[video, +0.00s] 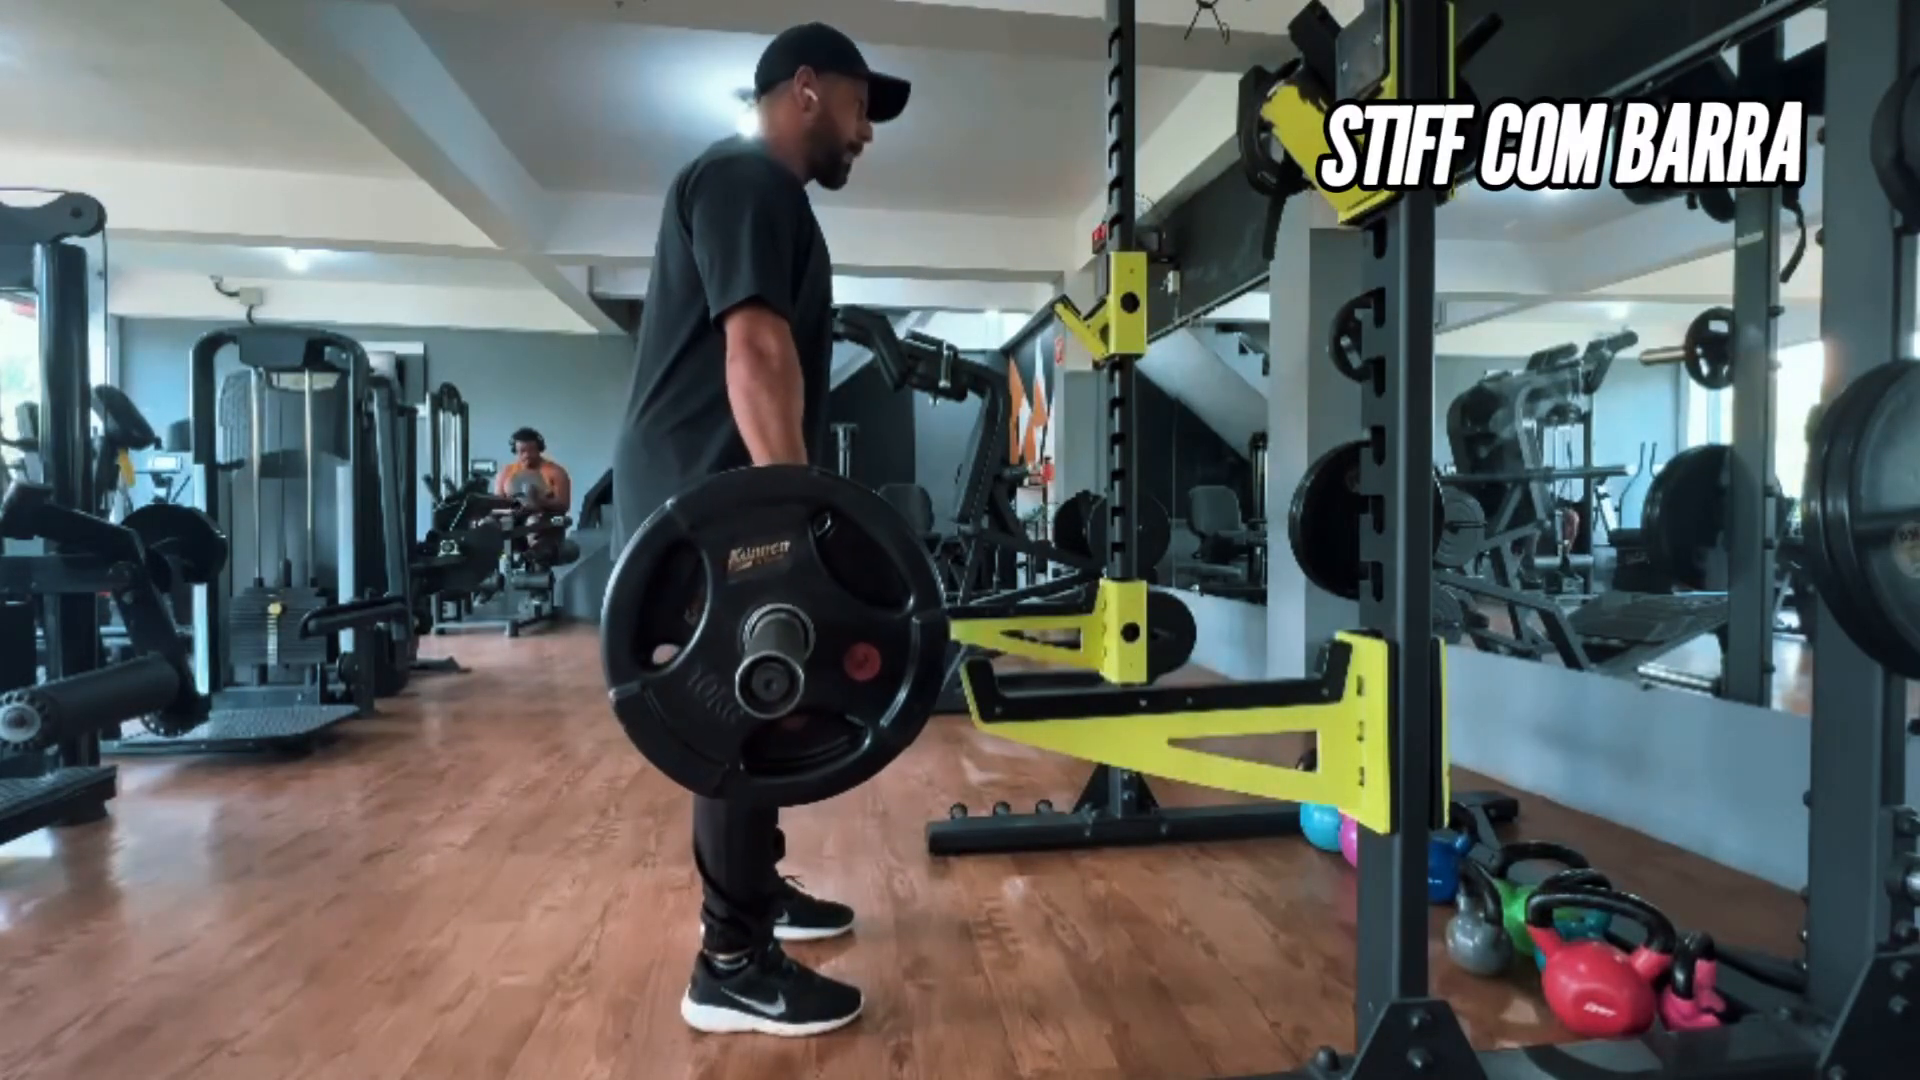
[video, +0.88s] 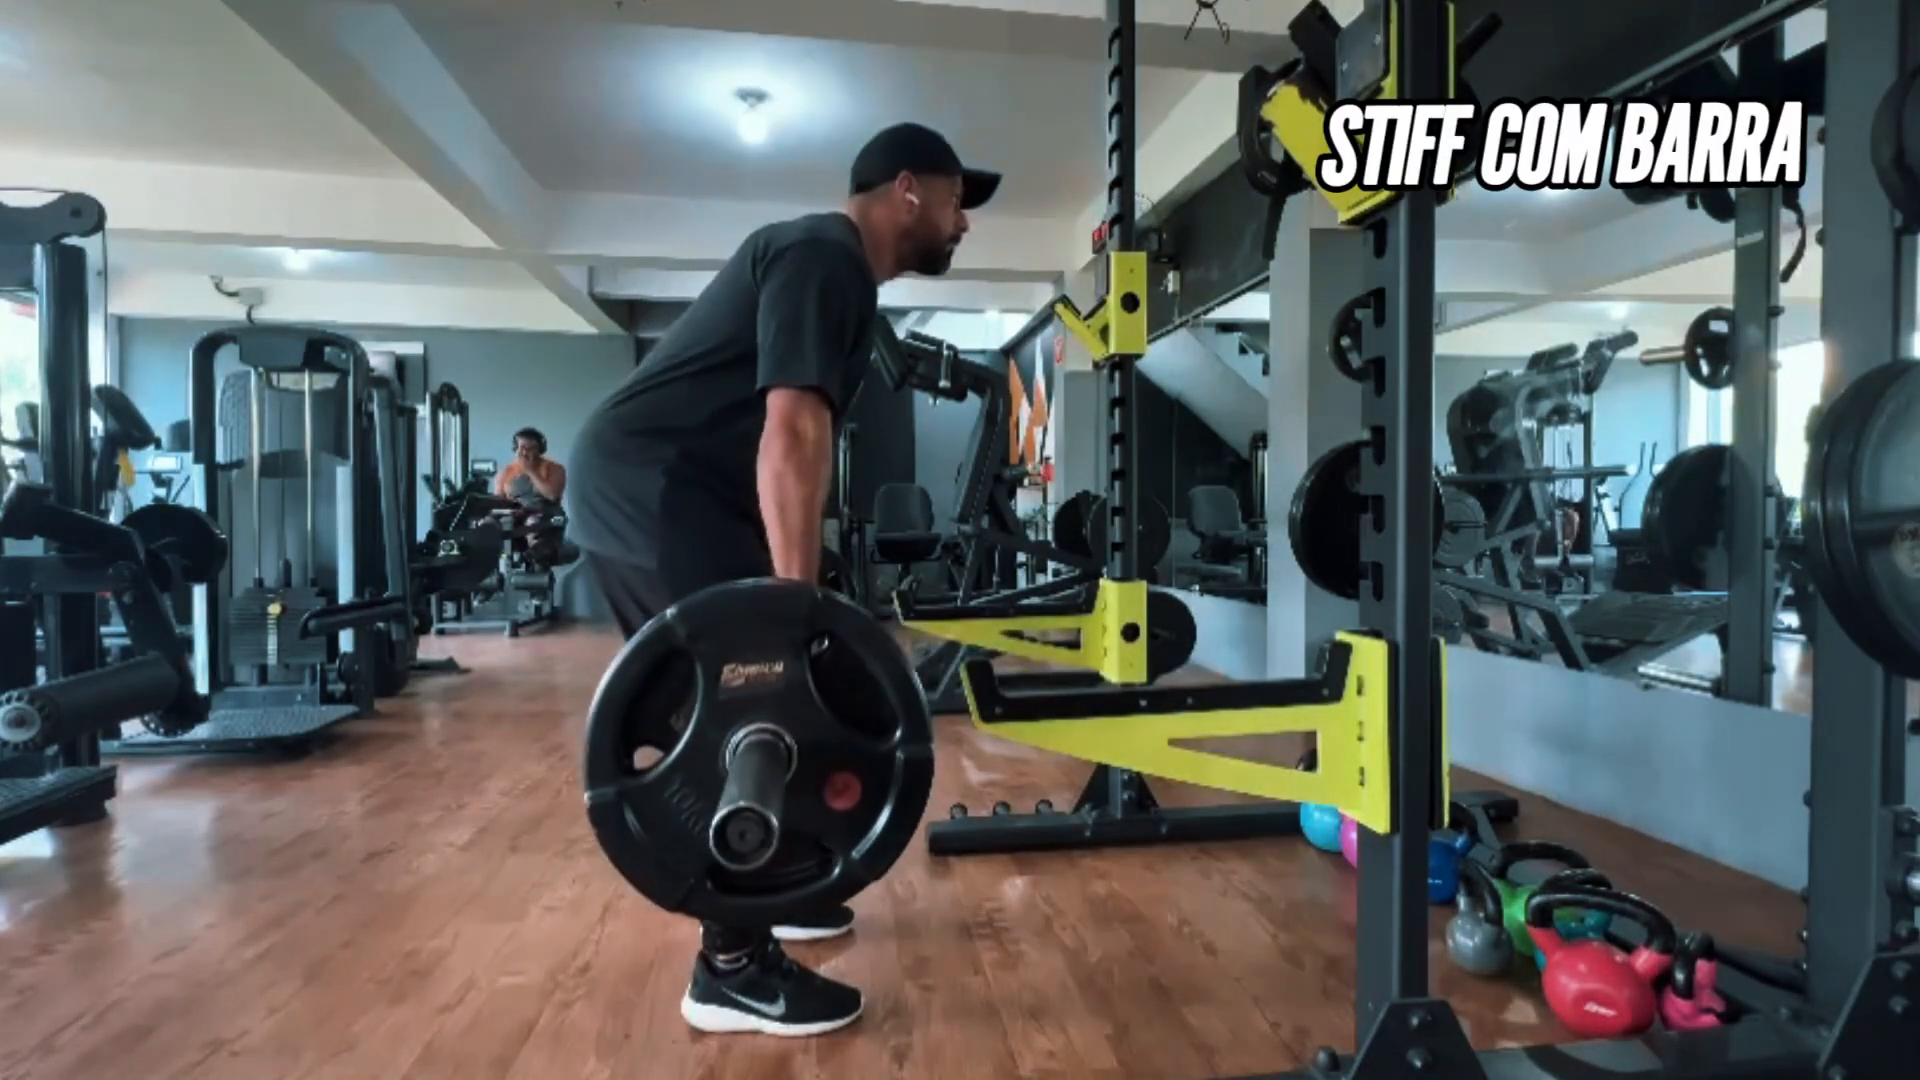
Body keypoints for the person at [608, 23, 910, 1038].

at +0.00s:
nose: (866, 135)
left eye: (870, 117)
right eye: (861, 110)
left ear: (797, 94)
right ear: (808, 89)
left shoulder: (754, 184)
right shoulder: (745, 175)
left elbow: (759, 356)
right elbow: (755, 349)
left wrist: (788, 506)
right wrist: (793, 512)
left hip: (716, 489)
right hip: (708, 491)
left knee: (756, 696)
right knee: (740, 708)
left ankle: (752, 882)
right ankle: (731, 960)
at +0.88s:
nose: (964, 225)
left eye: (967, 207)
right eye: (956, 203)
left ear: (897, 194)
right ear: (906, 189)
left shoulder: (836, 270)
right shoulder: (822, 252)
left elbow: (800, 427)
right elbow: (793, 424)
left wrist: (802, 594)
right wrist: (801, 602)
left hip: (661, 478)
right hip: (658, 480)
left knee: (742, 691)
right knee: (748, 703)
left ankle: (780, 888)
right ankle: (733, 962)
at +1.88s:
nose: (988, 412)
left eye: (996, 398)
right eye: (987, 390)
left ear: (939, 365)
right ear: (945, 366)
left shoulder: (846, 394)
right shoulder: (839, 394)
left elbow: (813, 579)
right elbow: (804, 585)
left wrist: (791, 747)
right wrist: (796, 766)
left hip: (596, 498)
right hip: (591, 501)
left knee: (729, 719)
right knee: (731, 721)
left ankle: (727, 930)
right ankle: (728, 937)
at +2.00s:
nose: (988, 420)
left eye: (997, 407)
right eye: (988, 399)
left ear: (940, 372)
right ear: (945, 373)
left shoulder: (844, 399)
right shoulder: (838, 400)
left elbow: (813, 585)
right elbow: (804, 590)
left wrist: (789, 753)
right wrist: (795, 773)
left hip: (589, 497)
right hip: (589, 501)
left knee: (726, 721)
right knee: (730, 724)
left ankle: (726, 936)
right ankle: (725, 943)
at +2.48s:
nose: (955, 226)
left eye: (958, 208)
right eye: (948, 203)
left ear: (887, 198)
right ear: (899, 193)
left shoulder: (825, 269)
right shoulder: (814, 253)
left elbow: (797, 430)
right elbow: (794, 427)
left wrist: (803, 597)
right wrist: (804, 608)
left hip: (642, 482)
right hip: (643, 483)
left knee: (735, 691)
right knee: (748, 702)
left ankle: (774, 887)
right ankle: (733, 959)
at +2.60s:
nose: (922, 160)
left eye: (922, 143)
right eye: (913, 139)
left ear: (854, 136)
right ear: (858, 131)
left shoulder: (816, 225)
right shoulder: (792, 205)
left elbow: (796, 387)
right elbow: (787, 381)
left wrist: (809, 558)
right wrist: (807, 561)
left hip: (700, 478)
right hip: (664, 478)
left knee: (748, 689)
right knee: (722, 705)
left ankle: (750, 881)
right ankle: (731, 960)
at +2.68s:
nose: (895, 128)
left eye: (894, 110)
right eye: (884, 106)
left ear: (821, 105)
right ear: (830, 102)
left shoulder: (793, 199)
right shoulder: (778, 183)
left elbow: (777, 355)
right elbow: (780, 350)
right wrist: (811, 526)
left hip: (699, 480)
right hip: (679, 482)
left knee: (737, 689)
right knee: (719, 702)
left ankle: (749, 884)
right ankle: (730, 958)